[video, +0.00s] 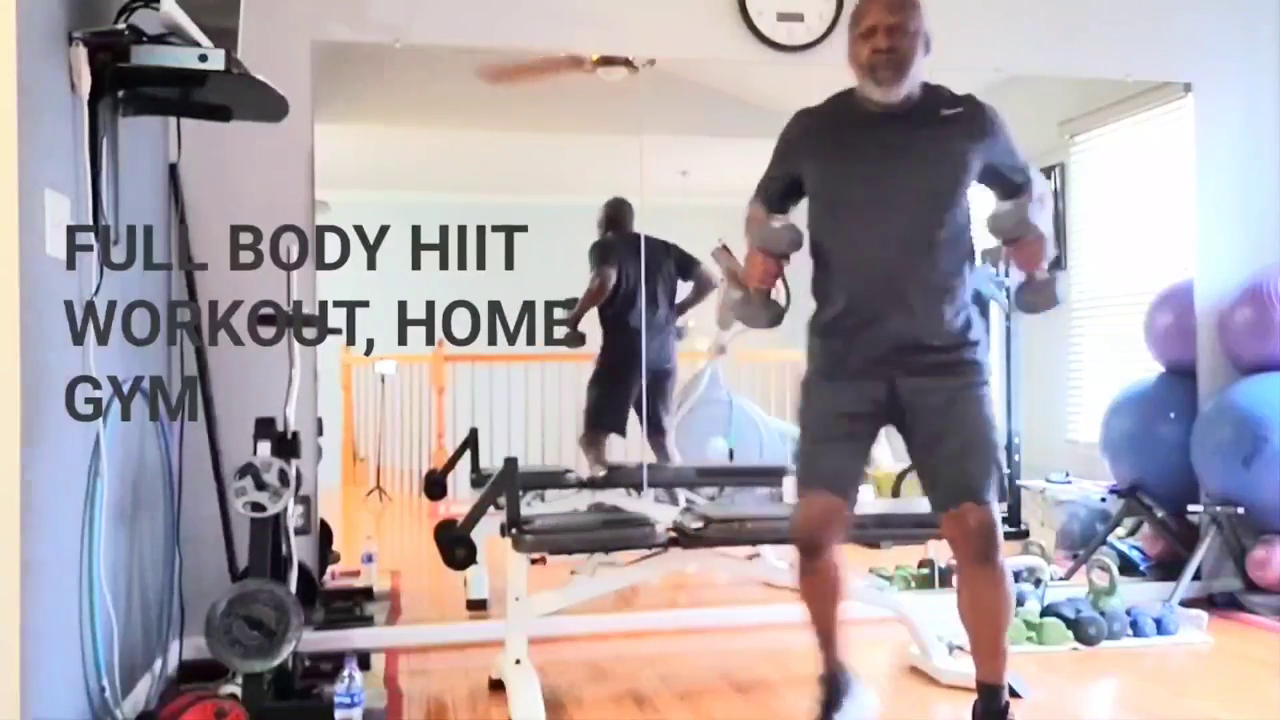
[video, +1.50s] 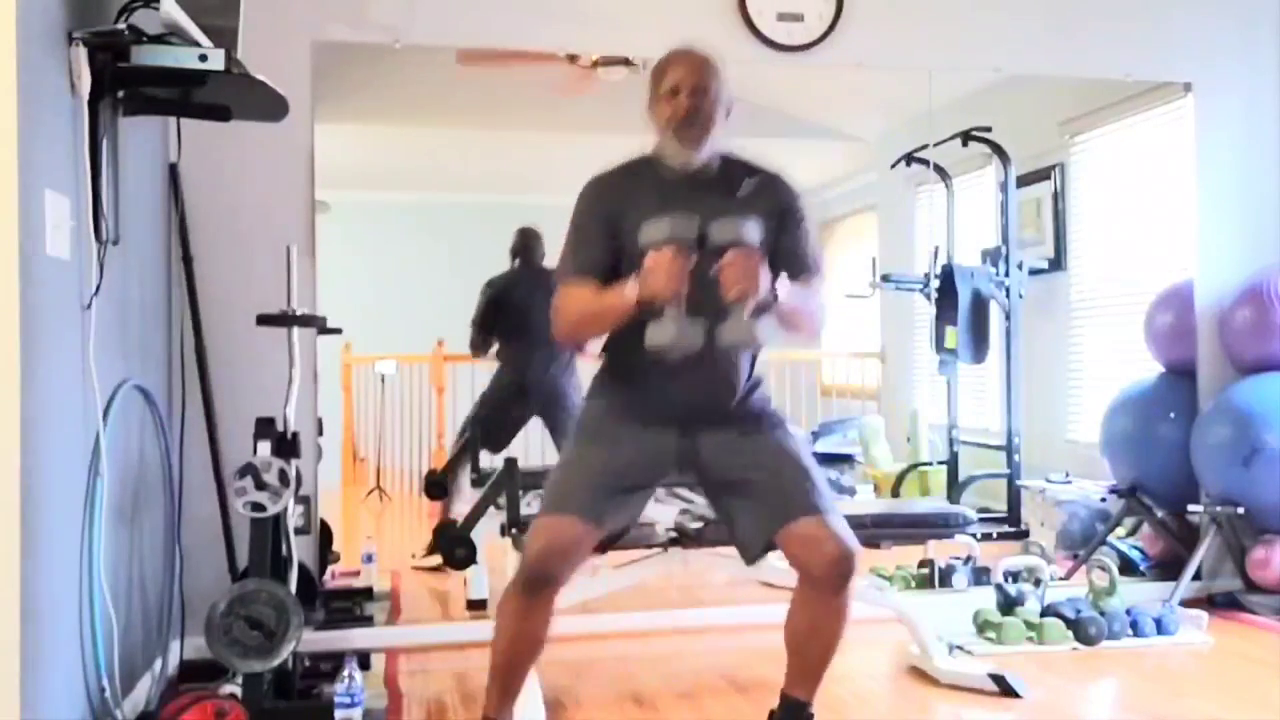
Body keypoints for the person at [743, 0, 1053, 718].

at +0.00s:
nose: (881, 43)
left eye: (896, 30)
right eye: (867, 31)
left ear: (925, 41)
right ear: (848, 44)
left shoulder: (970, 121)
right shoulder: (812, 129)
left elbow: (1024, 190)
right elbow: (763, 210)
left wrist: (1031, 235)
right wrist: (762, 249)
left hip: (946, 357)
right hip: (844, 358)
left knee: (976, 530)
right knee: (814, 530)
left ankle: (992, 700)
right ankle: (835, 677)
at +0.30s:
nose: (907, 38)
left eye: (922, 26)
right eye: (892, 27)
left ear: (946, 40)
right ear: (872, 42)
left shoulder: (989, 120)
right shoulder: (828, 128)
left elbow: (1055, 193)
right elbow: (768, 221)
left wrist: (1037, 224)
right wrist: (798, 250)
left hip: (960, 364)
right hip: (853, 361)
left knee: (995, 535)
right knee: (797, 521)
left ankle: (996, 700)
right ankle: (796, 667)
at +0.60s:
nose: (859, 163)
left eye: (874, 151)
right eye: (845, 151)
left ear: (897, 162)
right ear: (825, 163)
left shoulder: (940, 241)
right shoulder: (784, 243)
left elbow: (983, 359)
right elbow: (739, 366)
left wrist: (954, 355)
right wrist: (814, 356)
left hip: (916, 446)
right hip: (803, 445)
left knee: (1031, 561)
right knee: (715, 565)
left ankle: (995, 709)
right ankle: (680, 707)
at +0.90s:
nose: (763, 56)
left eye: (778, 43)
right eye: (749, 45)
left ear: (807, 53)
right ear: (731, 58)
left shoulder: (857, 134)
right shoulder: (698, 145)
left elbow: (910, 220)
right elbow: (622, 223)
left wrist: (925, 267)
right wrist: (642, 273)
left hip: (828, 363)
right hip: (727, 365)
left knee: (894, 527)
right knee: (693, 539)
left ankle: (874, 681)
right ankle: (677, 701)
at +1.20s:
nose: (738, 33)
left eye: (754, 19)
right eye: (723, 20)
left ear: (777, 28)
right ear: (701, 31)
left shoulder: (825, 119)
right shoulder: (660, 124)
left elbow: (893, 189)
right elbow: (591, 221)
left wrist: (874, 218)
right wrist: (630, 230)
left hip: (777, 366)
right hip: (678, 365)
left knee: (795, 539)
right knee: (667, 535)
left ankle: (790, 705)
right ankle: (668, 700)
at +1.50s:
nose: (688, 104)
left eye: (701, 93)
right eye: (674, 92)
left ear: (724, 106)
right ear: (652, 105)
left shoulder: (767, 193)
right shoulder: (609, 194)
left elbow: (810, 315)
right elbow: (568, 318)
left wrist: (769, 289)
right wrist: (638, 290)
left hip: (737, 413)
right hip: (628, 412)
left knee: (832, 558)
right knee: (542, 563)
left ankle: (794, 709)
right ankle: (495, 713)